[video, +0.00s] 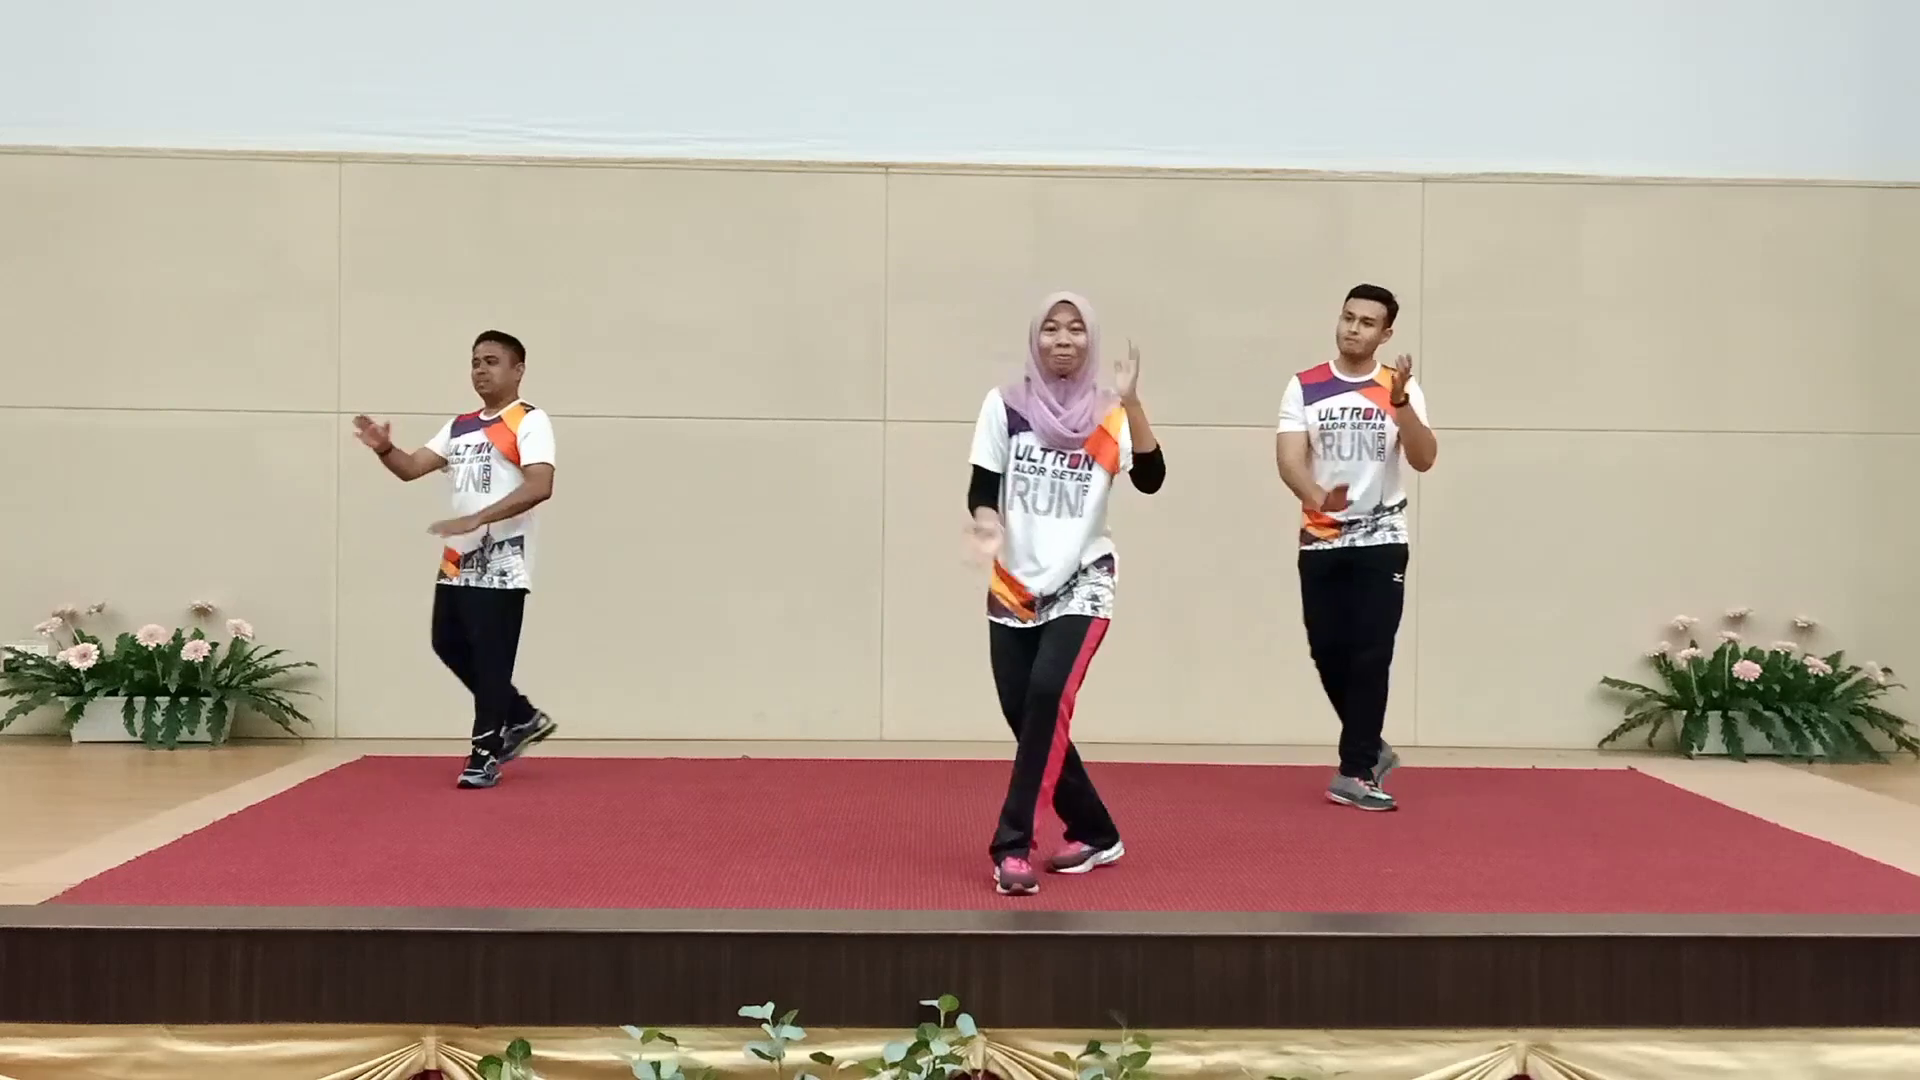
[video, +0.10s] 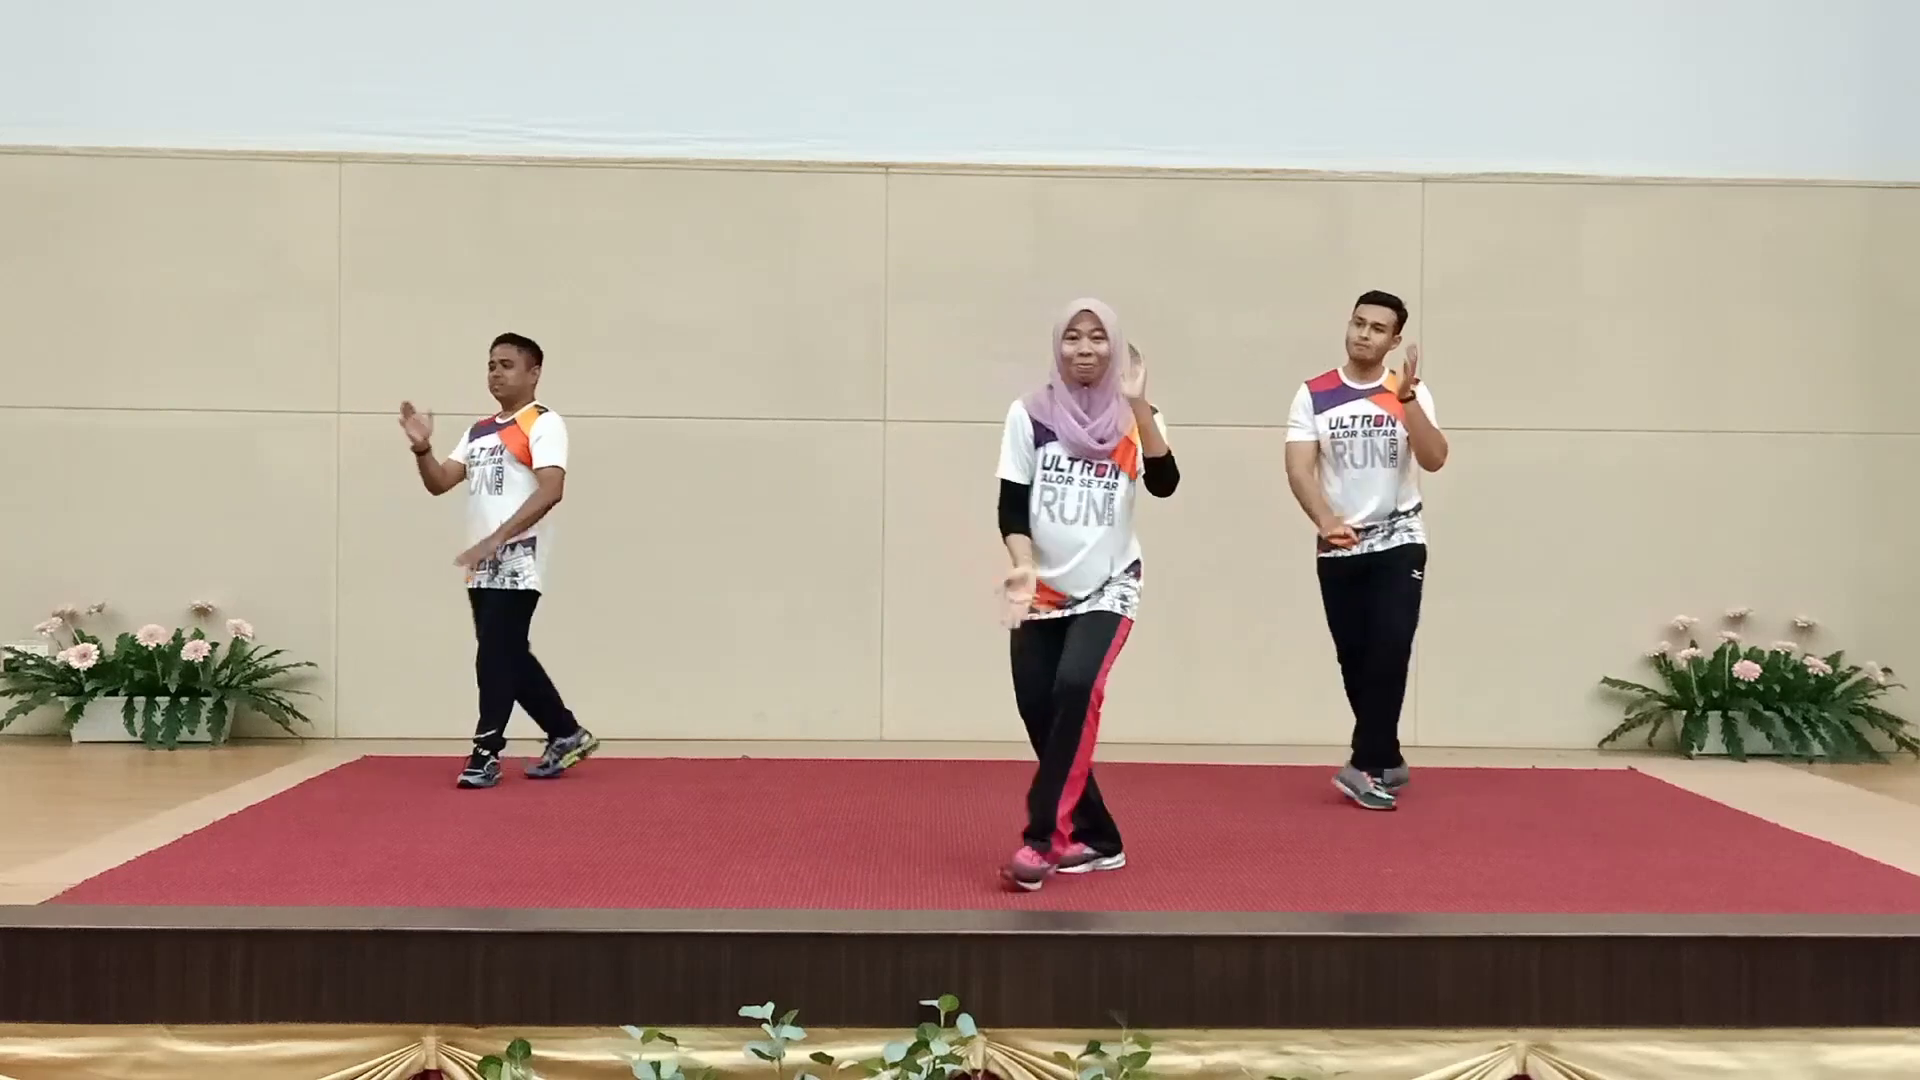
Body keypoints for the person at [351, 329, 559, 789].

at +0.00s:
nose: (480, 370)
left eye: (491, 362)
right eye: (476, 363)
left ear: (517, 370)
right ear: (471, 371)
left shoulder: (530, 421)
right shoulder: (461, 426)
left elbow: (539, 486)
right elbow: (412, 468)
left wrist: (477, 518)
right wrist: (385, 449)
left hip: (500, 568)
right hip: (456, 564)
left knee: (491, 660)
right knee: (448, 644)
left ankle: (485, 755)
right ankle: (520, 717)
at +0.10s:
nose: (495, 373)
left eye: (506, 365)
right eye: (491, 366)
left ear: (533, 372)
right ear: (488, 373)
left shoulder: (544, 424)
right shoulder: (478, 430)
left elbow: (550, 491)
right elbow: (440, 483)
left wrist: (493, 540)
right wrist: (423, 450)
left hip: (518, 567)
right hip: (483, 568)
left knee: (495, 658)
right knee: (509, 656)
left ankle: (486, 754)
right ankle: (567, 735)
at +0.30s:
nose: (520, 375)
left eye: (531, 367)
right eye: (518, 367)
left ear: (560, 376)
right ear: (517, 375)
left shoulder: (573, 423)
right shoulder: (514, 435)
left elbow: (579, 487)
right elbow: (495, 512)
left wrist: (532, 532)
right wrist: (493, 493)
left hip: (564, 559)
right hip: (541, 561)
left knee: (523, 640)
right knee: (563, 655)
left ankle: (522, 746)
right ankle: (585, 751)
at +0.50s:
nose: (544, 373)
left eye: (555, 365)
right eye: (544, 365)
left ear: (584, 373)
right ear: (549, 371)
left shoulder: (605, 422)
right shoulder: (545, 432)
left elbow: (621, 484)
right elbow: (537, 492)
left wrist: (557, 487)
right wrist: (530, 530)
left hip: (594, 562)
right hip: (561, 563)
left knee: (584, 649)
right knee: (566, 654)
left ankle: (621, 732)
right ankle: (584, 746)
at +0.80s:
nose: (575, 376)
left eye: (585, 367)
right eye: (574, 368)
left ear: (615, 374)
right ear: (582, 375)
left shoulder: (642, 425)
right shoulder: (575, 434)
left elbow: (663, 493)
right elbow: (572, 508)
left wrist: (604, 521)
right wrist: (559, 564)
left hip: (637, 578)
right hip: (588, 579)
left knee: (649, 669)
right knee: (582, 666)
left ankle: (656, 754)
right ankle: (587, 751)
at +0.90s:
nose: (587, 375)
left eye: (597, 366)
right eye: (586, 367)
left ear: (627, 372)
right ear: (592, 374)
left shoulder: (654, 425)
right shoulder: (584, 433)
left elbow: (678, 496)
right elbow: (580, 505)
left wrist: (641, 555)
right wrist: (570, 567)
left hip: (645, 581)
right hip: (595, 581)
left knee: (655, 670)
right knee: (589, 669)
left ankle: (657, 753)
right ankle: (589, 751)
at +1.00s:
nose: (590, 375)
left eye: (600, 366)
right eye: (589, 367)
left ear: (631, 372)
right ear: (595, 373)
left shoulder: (660, 426)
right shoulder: (587, 432)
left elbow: (682, 498)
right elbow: (581, 505)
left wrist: (663, 567)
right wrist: (571, 567)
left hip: (646, 578)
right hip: (596, 578)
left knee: (656, 670)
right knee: (589, 668)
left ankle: (656, 753)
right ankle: (588, 751)